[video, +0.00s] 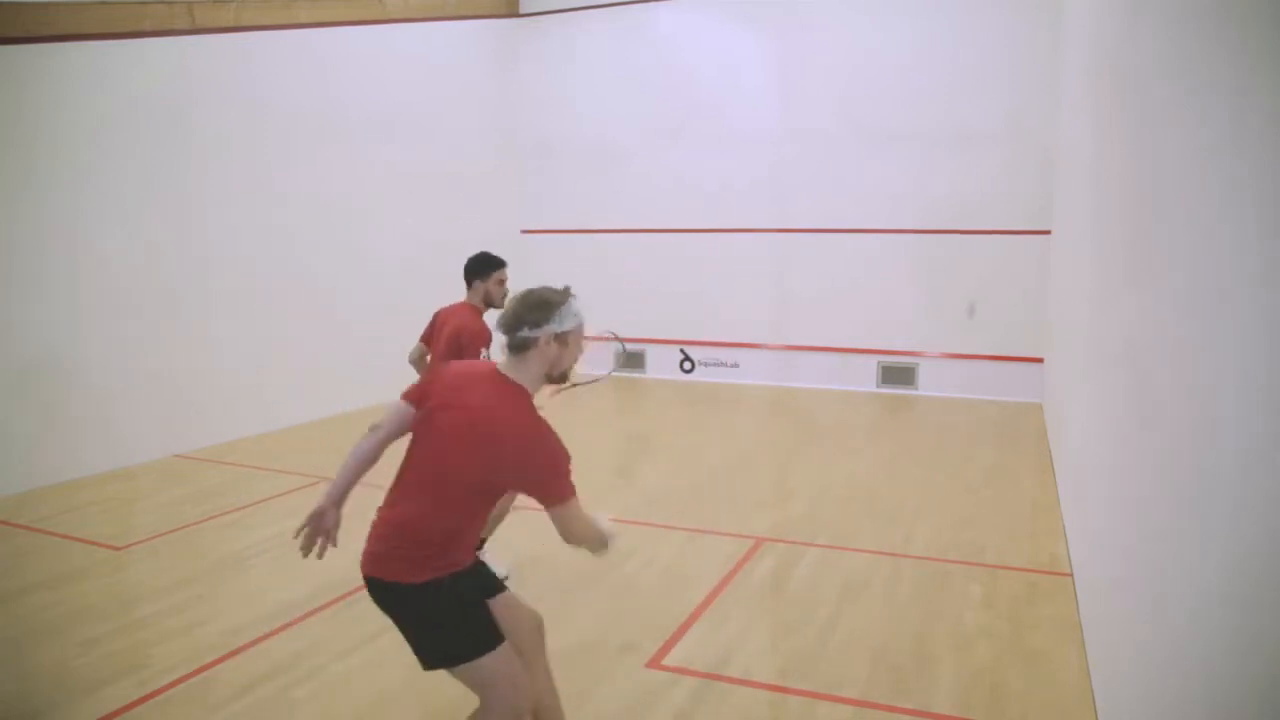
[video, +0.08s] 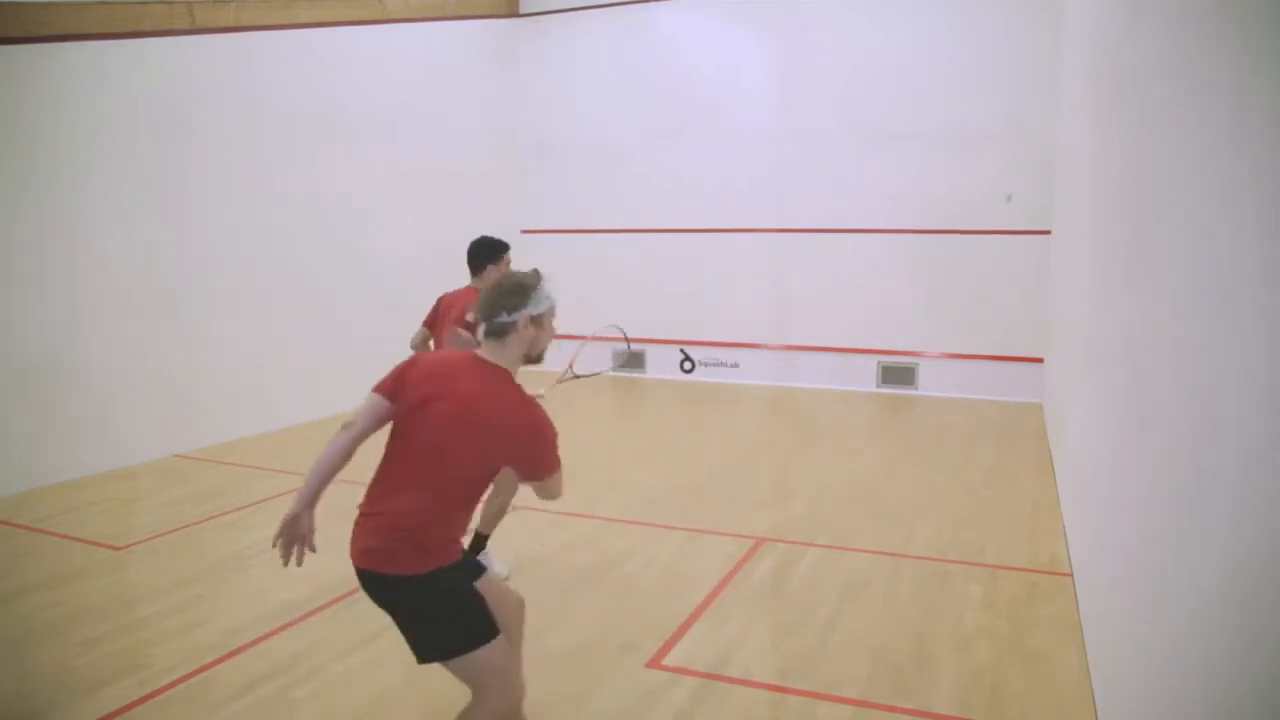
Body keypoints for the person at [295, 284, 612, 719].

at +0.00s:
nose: (580, 351)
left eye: (581, 341)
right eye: (578, 340)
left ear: (515, 337)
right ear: (549, 343)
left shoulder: (452, 374)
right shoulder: (534, 437)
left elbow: (381, 432)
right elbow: (574, 529)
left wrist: (332, 501)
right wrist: (599, 534)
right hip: (415, 575)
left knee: (527, 628)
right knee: (511, 697)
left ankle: (547, 714)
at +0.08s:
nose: (553, 333)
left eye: (553, 322)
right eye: (550, 321)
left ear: (488, 319)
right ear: (527, 325)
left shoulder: (424, 367)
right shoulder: (523, 416)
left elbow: (353, 431)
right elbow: (550, 488)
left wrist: (303, 503)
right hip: (414, 565)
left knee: (508, 609)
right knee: (502, 696)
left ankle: (505, 708)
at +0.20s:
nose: (508, 308)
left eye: (507, 297)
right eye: (504, 297)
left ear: (444, 305)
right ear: (486, 305)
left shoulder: (389, 356)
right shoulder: (501, 385)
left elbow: (328, 425)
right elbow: (483, 451)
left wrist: (276, 499)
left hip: (360, 536)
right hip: (415, 544)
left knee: (434, 627)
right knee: (475, 682)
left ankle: (409, 706)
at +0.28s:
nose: (479, 289)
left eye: (476, 280)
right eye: (475, 281)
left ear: (423, 289)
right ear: (461, 290)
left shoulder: (372, 345)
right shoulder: (483, 367)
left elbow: (320, 416)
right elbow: (474, 420)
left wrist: (272, 489)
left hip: (349, 516)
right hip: (403, 528)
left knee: (404, 610)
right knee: (444, 664)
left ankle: (345, 706)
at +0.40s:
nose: (448, 269)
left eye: (445, 260)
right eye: (443, 262)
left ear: (391, 273)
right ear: (429, 272)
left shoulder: (348, 330)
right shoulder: (455, 347)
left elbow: (304, 404)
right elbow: (448, 394)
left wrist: (272, 476)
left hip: (339, 496)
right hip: (393, 504)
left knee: (381, 605)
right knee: (398, 638)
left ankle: (340, 710)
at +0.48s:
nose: (433, 251)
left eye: (429, 242)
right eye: (428, 243)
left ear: (379, 252)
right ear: (413, 250)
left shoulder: (337, 307)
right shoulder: (438, 320)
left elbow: (297, 381)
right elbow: (438, 377)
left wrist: (279, 453)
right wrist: (388, 348)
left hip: (333, 468)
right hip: (387, 475)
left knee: (369, 586)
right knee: (386, 599)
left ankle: (339, 702)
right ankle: (360, 711)